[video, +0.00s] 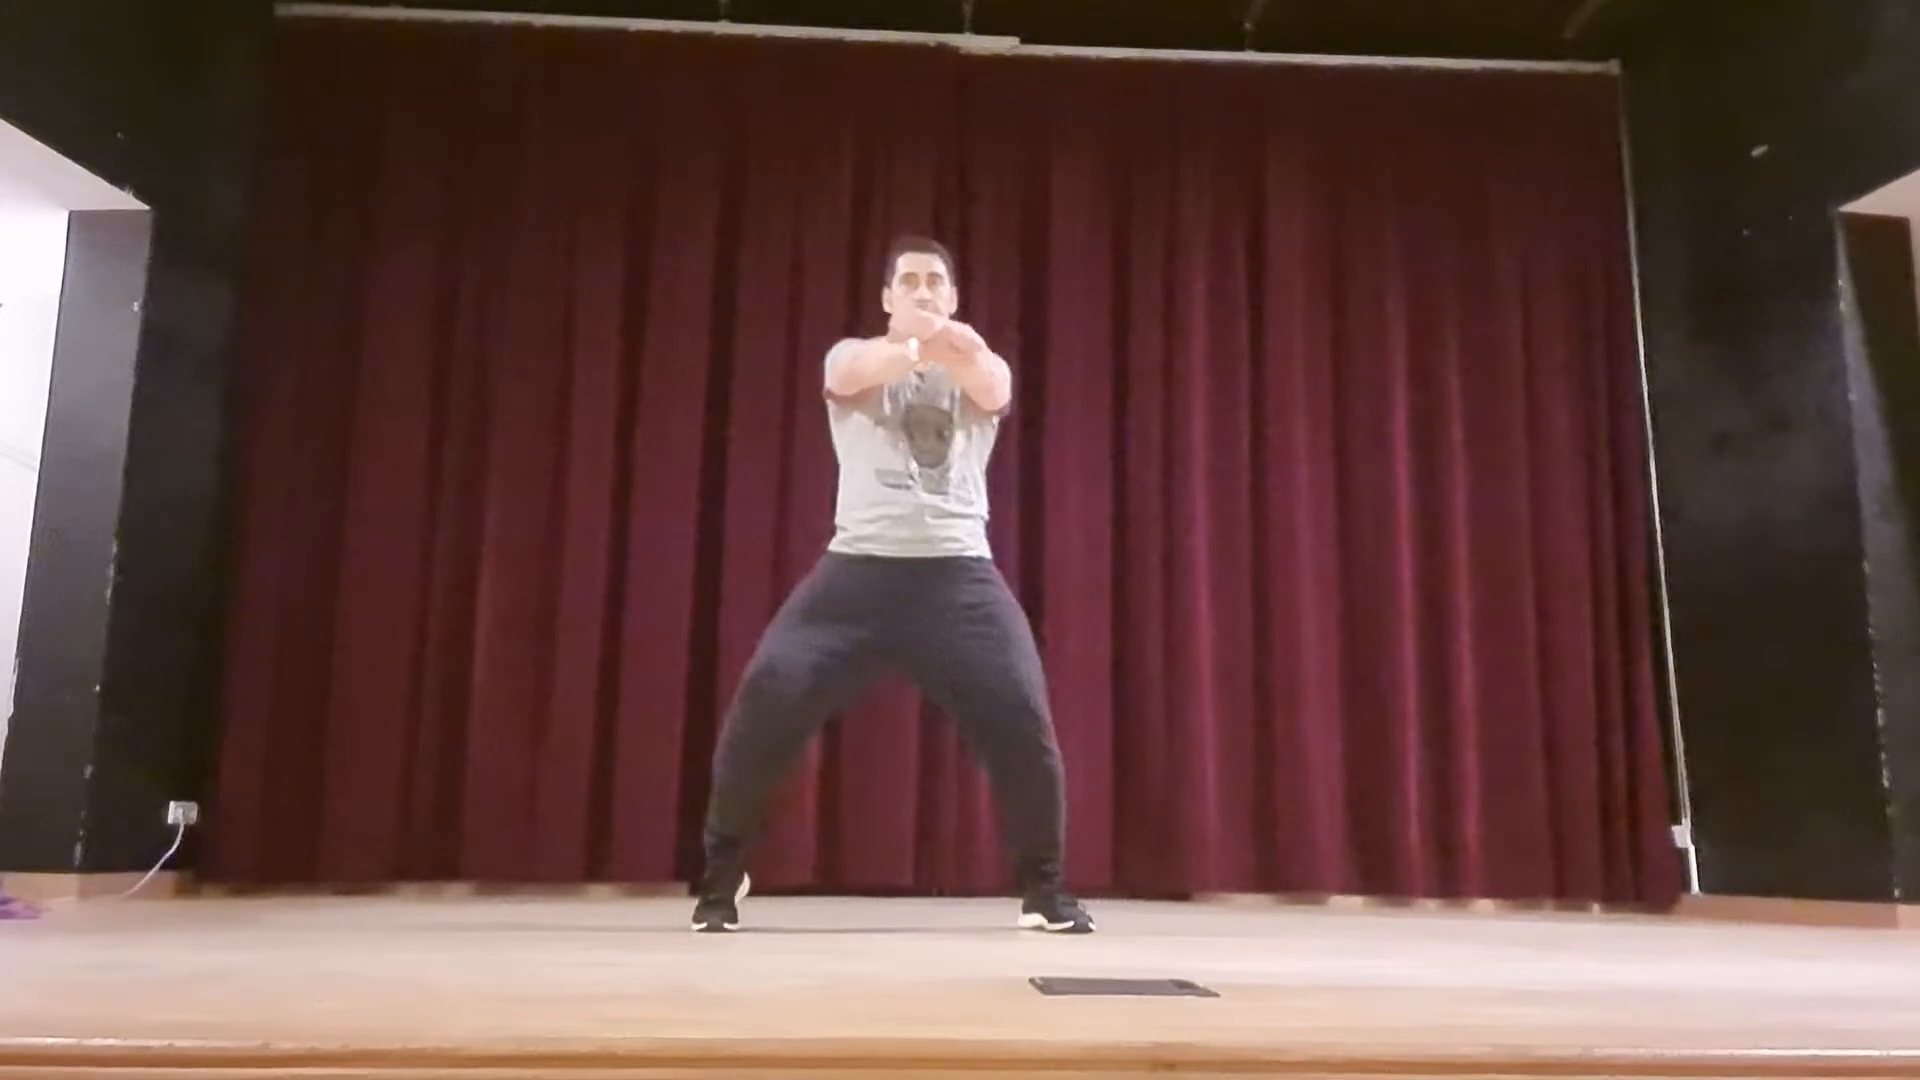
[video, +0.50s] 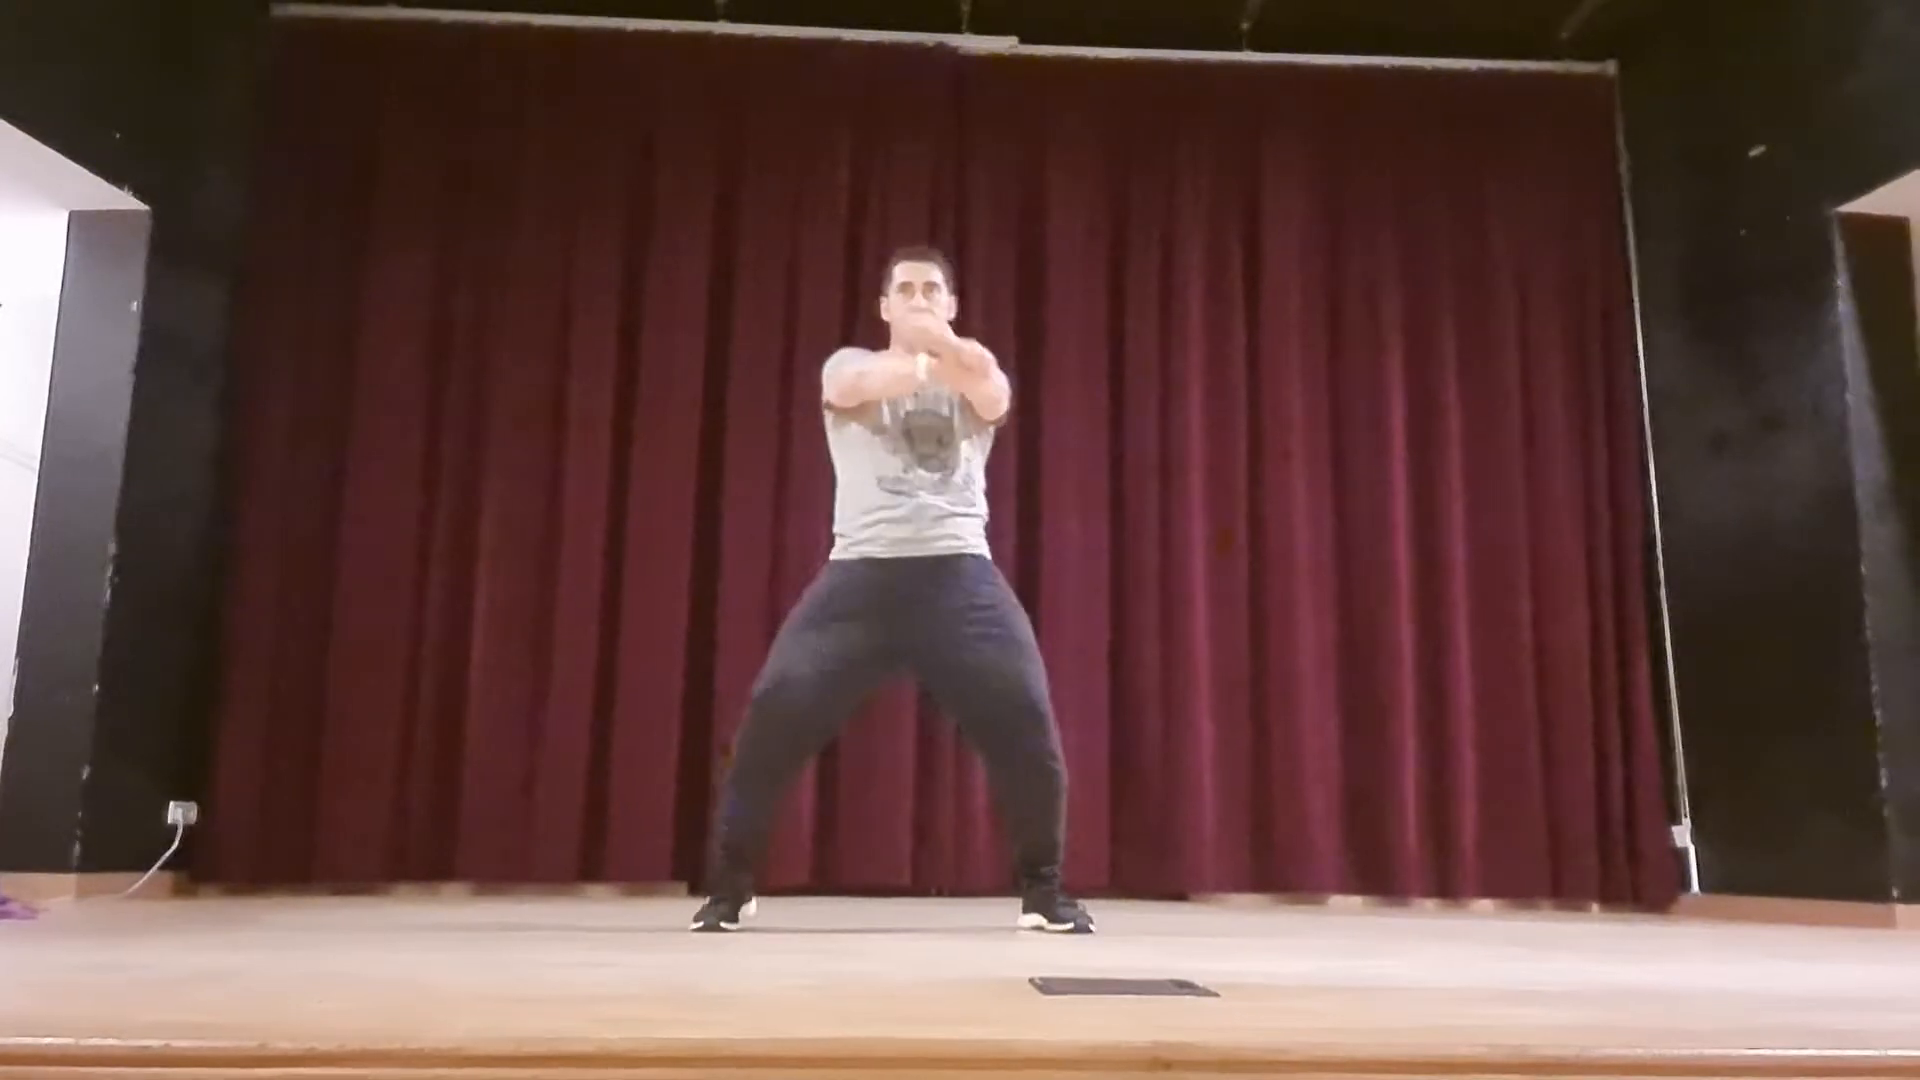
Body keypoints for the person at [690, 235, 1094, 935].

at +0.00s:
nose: (921, 291)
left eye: (932, 281)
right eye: (909, 282)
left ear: (954, 297)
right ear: (887, 298)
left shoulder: (980, 364)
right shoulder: (854, 356)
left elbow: (992, 394)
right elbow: (847, 378)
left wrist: (954, 344)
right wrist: (914, 344)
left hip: (960, 577)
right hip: (856, 572)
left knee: (1022, 718)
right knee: (771, 688)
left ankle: (1045, 888)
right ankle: (722, 867)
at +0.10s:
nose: (930, 297)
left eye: (942, 287)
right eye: (918, 287)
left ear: (964, 302)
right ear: (897, 302)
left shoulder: (988, 371)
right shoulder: (862, 360)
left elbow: (1000, 401)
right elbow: (854, 381)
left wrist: (962, 362)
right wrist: (911, 367)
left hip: (967, 579)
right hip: (862, 574)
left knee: (1030, 713)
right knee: (775, 689)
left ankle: (1045, 889)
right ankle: (721, 868)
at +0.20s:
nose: (935, 296)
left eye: (947, 286)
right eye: (923, 286)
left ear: (969, 300)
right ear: (903, 300)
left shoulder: (992, 365)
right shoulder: (868, 357)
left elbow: (1007, 400)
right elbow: (862, 381)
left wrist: (979, 366)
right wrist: (922, 363)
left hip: (969, 579)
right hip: (865, 574)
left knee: (1031, 709)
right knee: (778, 686)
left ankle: (1045, 887)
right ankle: (722, 867)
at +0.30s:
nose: (938, 294)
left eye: (950, 284)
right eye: (925, 285)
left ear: (971, 299)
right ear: (904, 300)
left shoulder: (994, 368)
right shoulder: (870, 356)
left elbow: (1007, 402)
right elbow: (864, 380)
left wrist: (989, 360)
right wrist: (934, 356)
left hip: (969, 577)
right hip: (865, 572)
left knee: (1031, 706)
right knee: (779, 684)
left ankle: (1045, 887)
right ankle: (724, 866)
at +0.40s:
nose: (932, 299)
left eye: (944, 289)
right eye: (920, 289)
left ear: (966, 305)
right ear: (899, 306)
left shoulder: (989, 370)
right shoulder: (864, 363)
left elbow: (1004, 404)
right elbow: (859, 387)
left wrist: (977, 369)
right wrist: (917, 375)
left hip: (969, 581)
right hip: (865, 577)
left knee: (1031, 710)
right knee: (777, 690)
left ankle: (1045, 888)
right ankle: (724, 870)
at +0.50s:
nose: (919, 299)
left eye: (930, 289)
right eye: (906, 290)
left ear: (953, 306)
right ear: (885, 308)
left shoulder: (977, 371)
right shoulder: (851, 365)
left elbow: (988, 392)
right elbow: (849, 387)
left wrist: (944, 343)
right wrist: (912, 369)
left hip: (960, 576)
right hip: (859, 575)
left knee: (1024, 713)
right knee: (780, 703)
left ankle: (1044, 889)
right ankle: (729, 885)